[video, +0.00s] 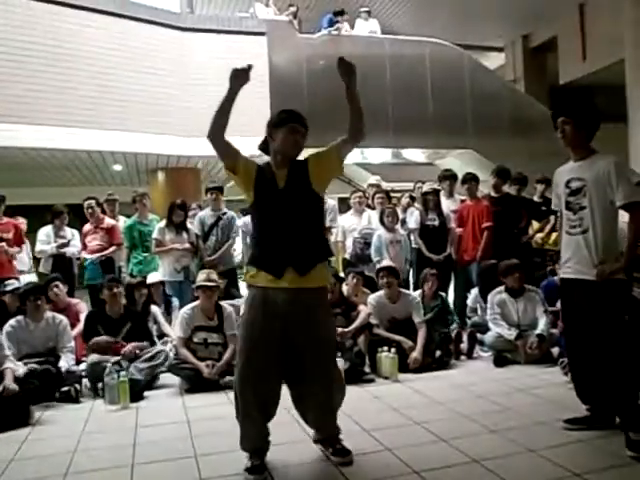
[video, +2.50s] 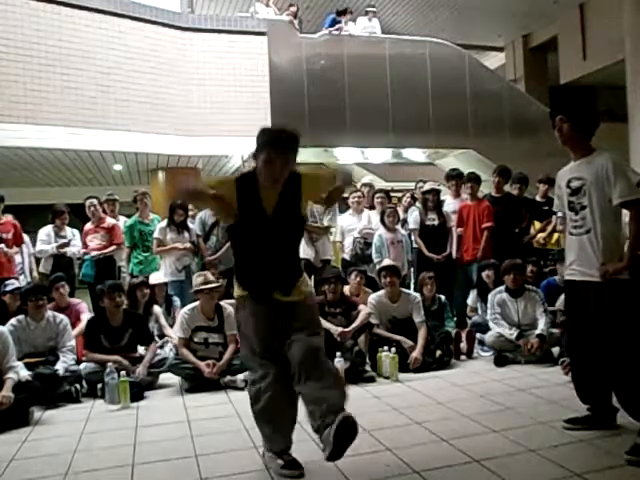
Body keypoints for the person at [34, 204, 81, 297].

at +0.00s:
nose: (63, 222)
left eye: (65, 219)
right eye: (60, 219)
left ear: (67, 219)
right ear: (54, 220)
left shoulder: (73, 233)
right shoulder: (44, 231)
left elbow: (77, 250)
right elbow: (38, 251)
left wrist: (63, 251)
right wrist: (55, 247)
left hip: (68, 268)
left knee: (69, 297)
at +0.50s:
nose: (64, 222)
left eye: (65, 218)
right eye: (61, 219)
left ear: (68, 219)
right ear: (55, 219)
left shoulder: (74, 232)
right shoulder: (46, 231)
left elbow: (78, 248)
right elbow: (39, 249)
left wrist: (66, 251)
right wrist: (56, 248)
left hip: (69, 265)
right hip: (51, 265)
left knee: (69, 294)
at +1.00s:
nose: (65, 222)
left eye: (67, 219)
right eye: (63, 219)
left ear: (69, 219)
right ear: (56, 219)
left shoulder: (74, 232)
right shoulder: (46, 231)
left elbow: (79, 250)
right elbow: (39, 249)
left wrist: (66, 251)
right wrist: (56, 248)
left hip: (69, 266)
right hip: (52, 266)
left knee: (69, 295)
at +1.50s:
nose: (64, 222)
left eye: (66, 219)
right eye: (62, 219)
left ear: (68, 219)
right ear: (55, 219)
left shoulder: (74, 232)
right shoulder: (45, 231)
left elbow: (78, 250)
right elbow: (38, 250)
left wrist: (65, 251)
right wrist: (56, 248)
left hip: (68, 266)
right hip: (51, 266)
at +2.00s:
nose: (64, 222)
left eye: (65, 219)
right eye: (61, 219)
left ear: (68, 218)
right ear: (54, 219)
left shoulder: (74, 232)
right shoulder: (45, 231)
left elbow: (79, 250)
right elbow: (38, 250)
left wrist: (66, 251)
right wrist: (55, 248)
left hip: (69, 272)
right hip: (50, 272)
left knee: (69, 301)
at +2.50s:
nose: (64, 222)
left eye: (65, 219)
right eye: (61, 219)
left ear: (68, 219)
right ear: (55, 219)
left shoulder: (74, 233)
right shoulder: (45, 231)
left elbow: (78, 250)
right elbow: (39, 251)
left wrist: (66, 251)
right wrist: (56, 248)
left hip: (69, 270)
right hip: (49, 271)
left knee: (69, 300)